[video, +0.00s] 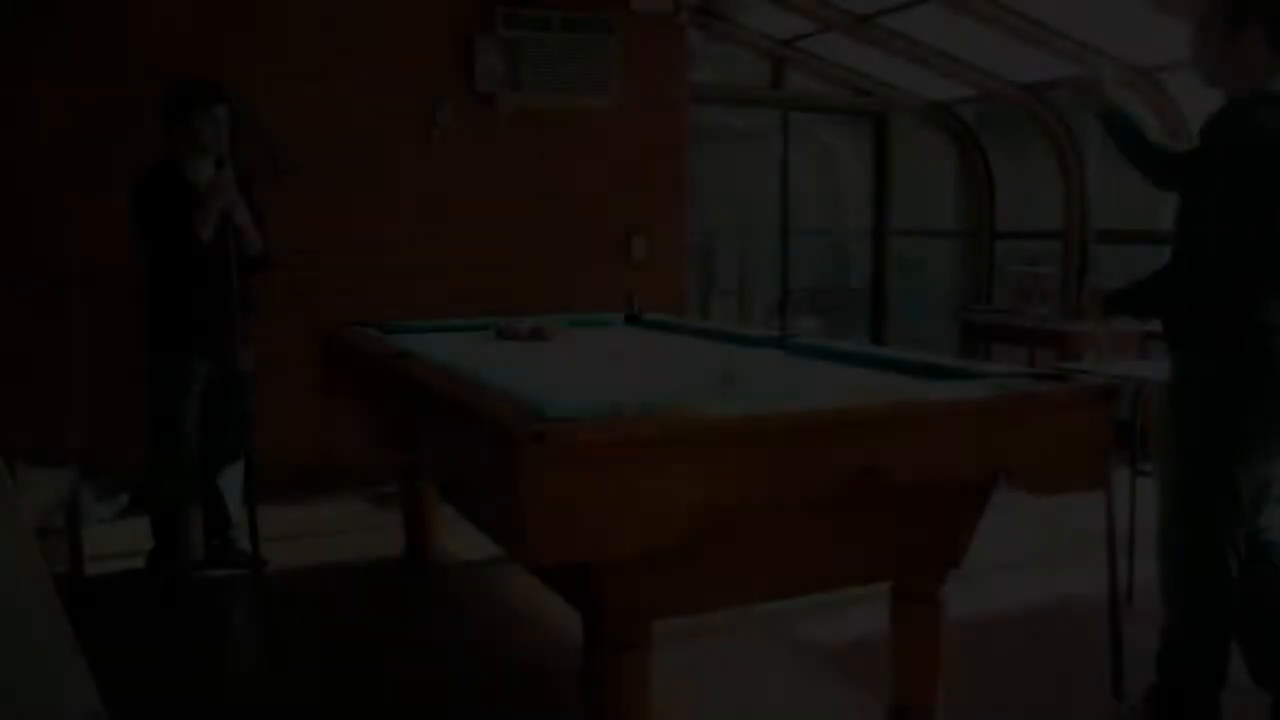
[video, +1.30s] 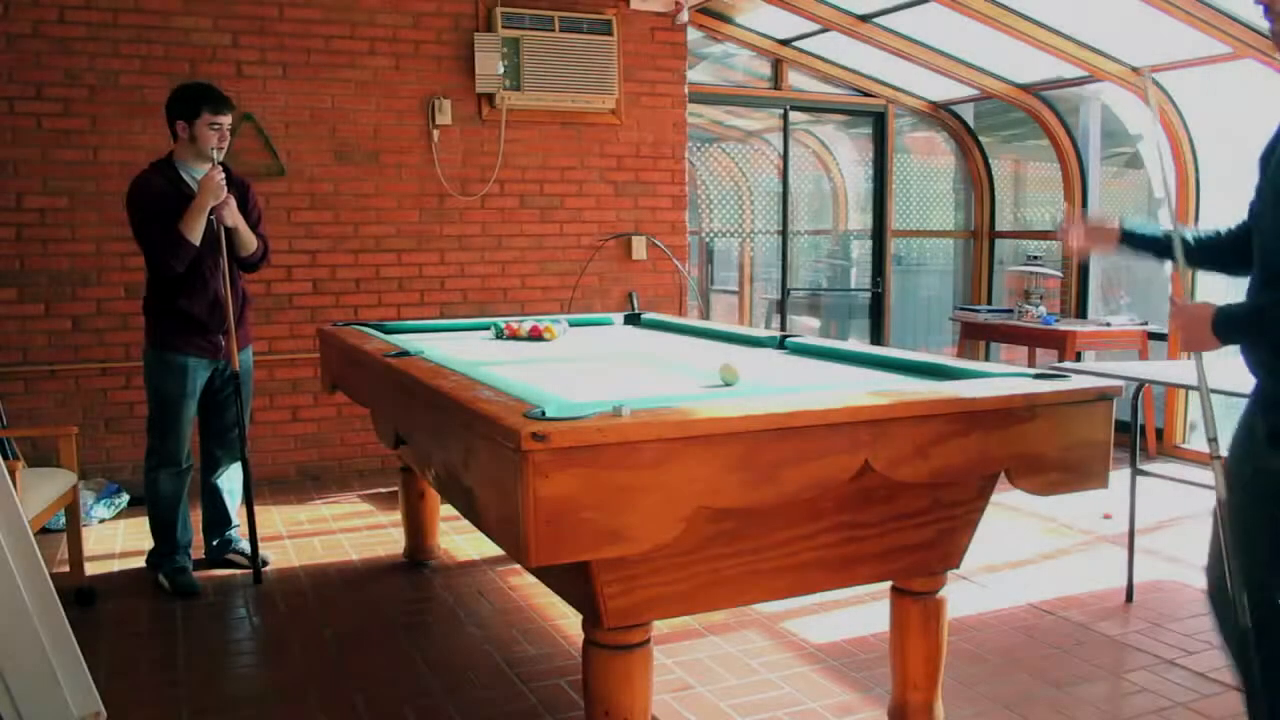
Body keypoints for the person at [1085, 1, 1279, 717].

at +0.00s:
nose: (1195, 52)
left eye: (1205, 35)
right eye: (1198, 37)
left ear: (1240, 41)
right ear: (1252, 43)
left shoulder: (1245, 130)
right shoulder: (1242, 124)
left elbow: (1198, 273)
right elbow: (1172, 173)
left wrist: (1113, 306)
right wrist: (1110, 114)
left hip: (1227, 373)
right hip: (1230, 367)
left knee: (1203, 542)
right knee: (1227, 539)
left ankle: (1188, 697)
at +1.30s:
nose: (1265, 34)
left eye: (1267, 22)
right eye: (1265, 24)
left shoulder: (1273, 158)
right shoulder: (1273, 155)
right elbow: (1244, 250)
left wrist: (1224, 324)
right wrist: (1123, 237)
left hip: (1272, 408)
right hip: (1263, 403)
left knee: (1247, 585)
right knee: (1227, 583)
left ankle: (1262, 702)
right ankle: (1258, 700)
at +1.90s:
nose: (1139, 17)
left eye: (1149, 2)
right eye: (1142, 4)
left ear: (1203, 3)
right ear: (1207, 10)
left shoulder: (1271, 92)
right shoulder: (1198, 115)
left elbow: (1273, 288)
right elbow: (1141, 255)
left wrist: (1167, 329)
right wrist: (1042, 328)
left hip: (1264, 415)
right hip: (1186, 409)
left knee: (1271, 653)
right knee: (1155, 625)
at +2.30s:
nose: (1043, 31)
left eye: (1051, 12)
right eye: (1045, 15)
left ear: (1097, 9)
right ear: (1101, 14)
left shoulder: (1181, 74)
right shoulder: (1121, 111)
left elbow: (1234, 231)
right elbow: (1127, 276)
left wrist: (1074, 276)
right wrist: (1021, 334)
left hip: (1218, 406)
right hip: (1155, 407)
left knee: (1194, 631)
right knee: (1125, 631)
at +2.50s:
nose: (1022, 29)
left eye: (1027, 11)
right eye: (1022, 13)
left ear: (1070, 8)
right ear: (1088, 13)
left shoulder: (1137, 80)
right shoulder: (1137, 80)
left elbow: (1163, 247)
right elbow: (1145, 283)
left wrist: (1019, 247)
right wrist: (1037, 327)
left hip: (1173, 402)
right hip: (1175, 397)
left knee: (1112, 643)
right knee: (1155, 628)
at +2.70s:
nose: (1002, 30)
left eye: (1005, 13)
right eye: (1001, 15)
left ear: (1041, 7)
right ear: (1080, 10)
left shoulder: (1070, 89)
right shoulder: (1133, 86)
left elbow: (1038, 268)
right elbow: (1130, 281)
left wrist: (956, 201)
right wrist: (1029, 387)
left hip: (1110, 423)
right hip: (1167, 416)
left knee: (1030, 659)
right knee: (1136, 638)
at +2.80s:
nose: (980, 22)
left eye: (986, 6)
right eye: (981, 9)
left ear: (1017, 4)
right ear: (1069, 3)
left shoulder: (1038, 82)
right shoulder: (1124, 81)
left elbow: (971, 259)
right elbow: (1101, 259)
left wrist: (912, 176)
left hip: (1086, 420)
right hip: (1157, 414)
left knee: (1010, 667)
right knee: (1118, 624)